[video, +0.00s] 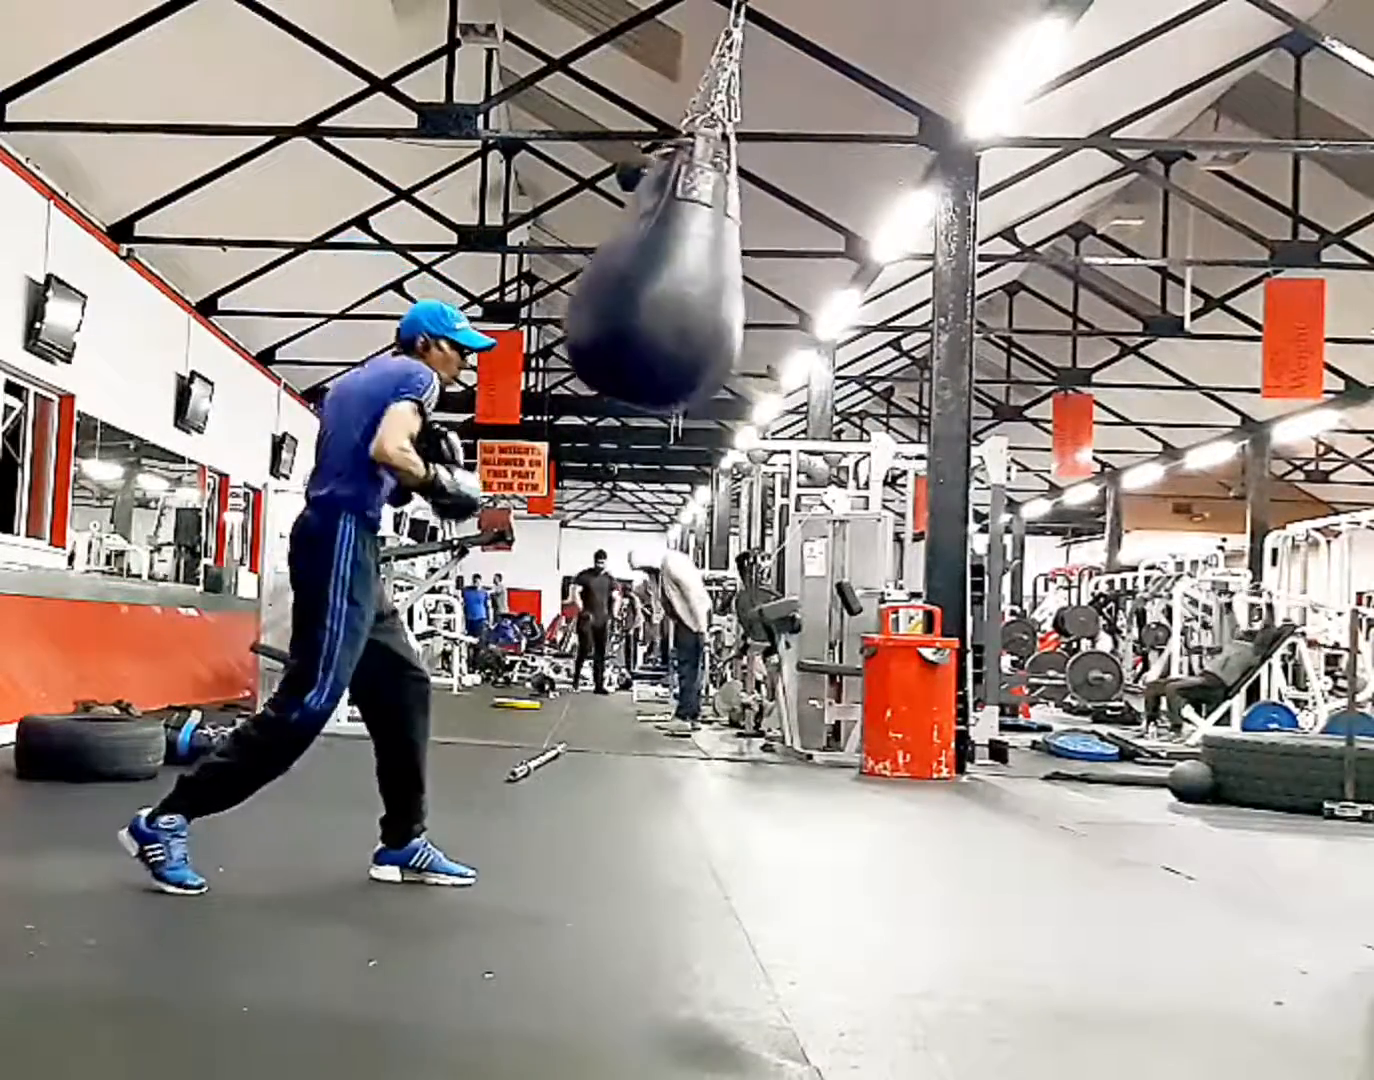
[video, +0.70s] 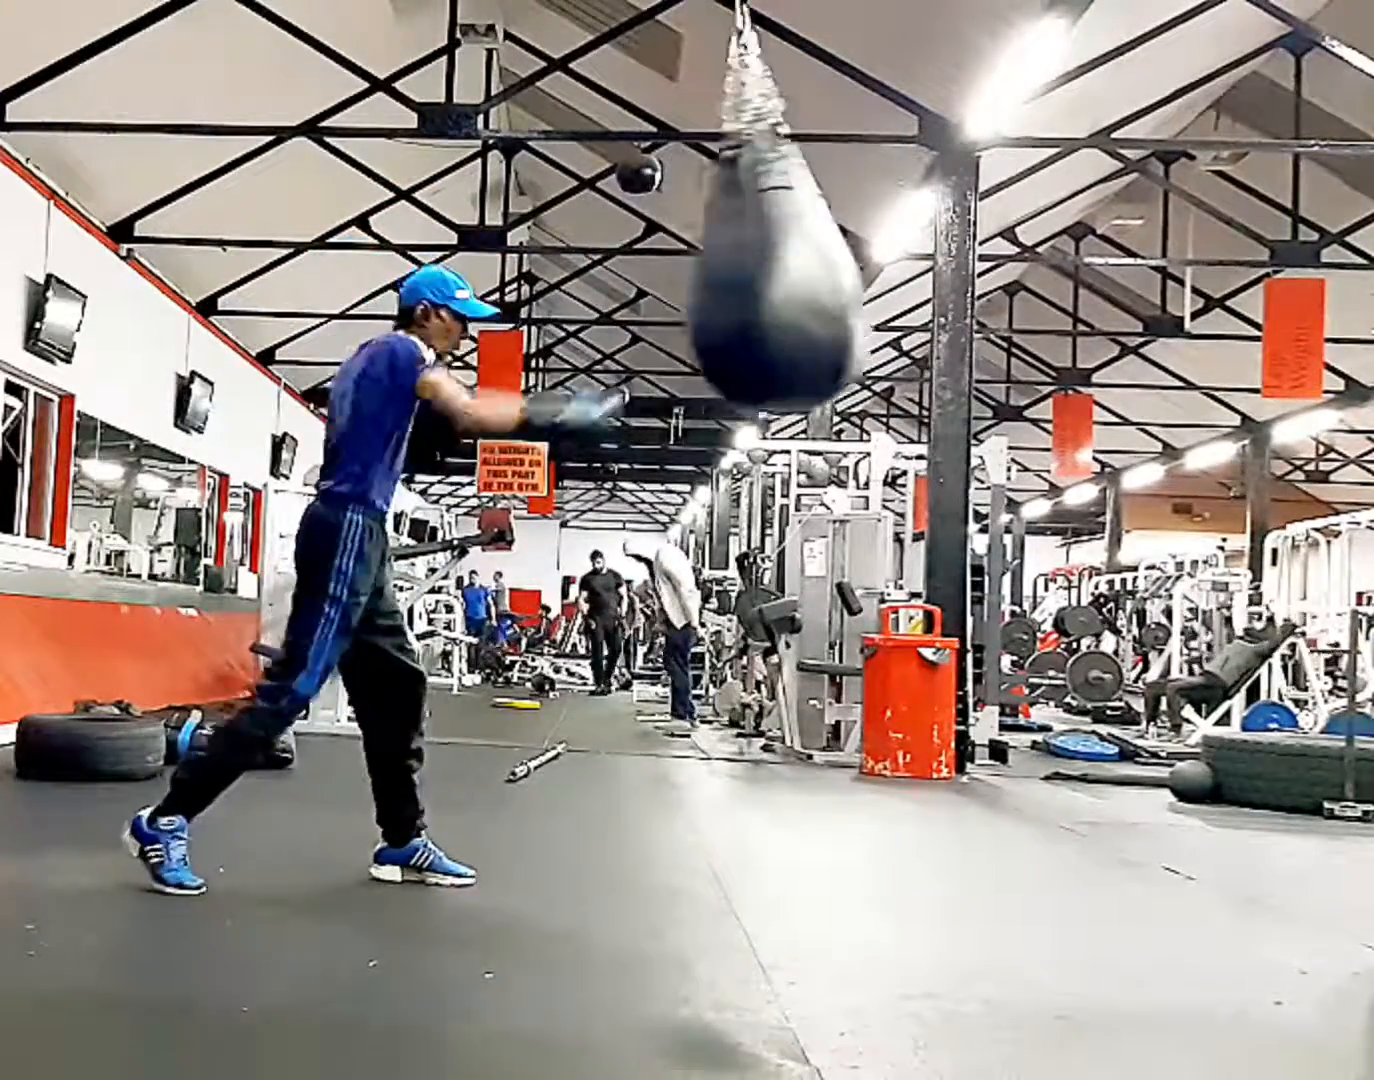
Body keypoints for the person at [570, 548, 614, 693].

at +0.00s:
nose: (600, 564)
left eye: (603, 562)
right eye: (598, 561)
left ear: (606, 562)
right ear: (594, 561)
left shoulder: (609, 579)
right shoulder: (584, 576)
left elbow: (617, 596)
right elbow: (574, 592)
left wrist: (614, 613)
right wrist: (580, 608)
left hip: (603, 617)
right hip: (587, 616)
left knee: (600, 653)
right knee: (585, 649)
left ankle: (599, 684)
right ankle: (576, 681)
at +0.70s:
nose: (598, 564)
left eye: (600, 561)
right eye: (595, 562)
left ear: (604, 561)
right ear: (592, 563)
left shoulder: (615, 576)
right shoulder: (587, 579)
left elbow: (624, 595)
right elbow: (581, 599)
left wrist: (622, 612)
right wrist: (586, 616)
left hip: (612, 617)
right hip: (595, 618)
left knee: (616, 649)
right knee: (597, 651)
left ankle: (607, 679)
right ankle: (599, 682)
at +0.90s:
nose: (597, 563)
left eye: (599, 560)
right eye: (594, 561)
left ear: (604, 559)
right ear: (591, 561)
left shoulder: (615, 575)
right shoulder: (586, 577)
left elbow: (625, 591)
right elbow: (580, 597)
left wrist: (623, 608)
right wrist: (586, 610)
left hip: (613, 618)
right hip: (595, 619)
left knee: (616, 652)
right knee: (597, 654)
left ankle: (616, 682)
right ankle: (599, 685)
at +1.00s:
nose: (596, 563)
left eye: (598, 560)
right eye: (594, 560)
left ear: (604, 559)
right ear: (591, 561)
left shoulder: (614, 574)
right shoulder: (586, 576)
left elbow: (626, 590)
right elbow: (580, 595)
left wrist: (623, 608)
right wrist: (584, 609)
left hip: (611, 619)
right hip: (594, 620)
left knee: (613, 654)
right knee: (596, 655)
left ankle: (616, 685)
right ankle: (599, 685)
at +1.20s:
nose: (596, 564)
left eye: (598, 562)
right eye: (593, 562)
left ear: (604, 561)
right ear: (590, 562)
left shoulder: (614, 573)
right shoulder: (588, 575)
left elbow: (629, 587)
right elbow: (580, 592)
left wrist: (623, 605)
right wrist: (583, 605)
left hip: (608, 617)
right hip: (592, 618)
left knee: (606, 652)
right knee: (594, 653)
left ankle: (606, 684)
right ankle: (599, 684)